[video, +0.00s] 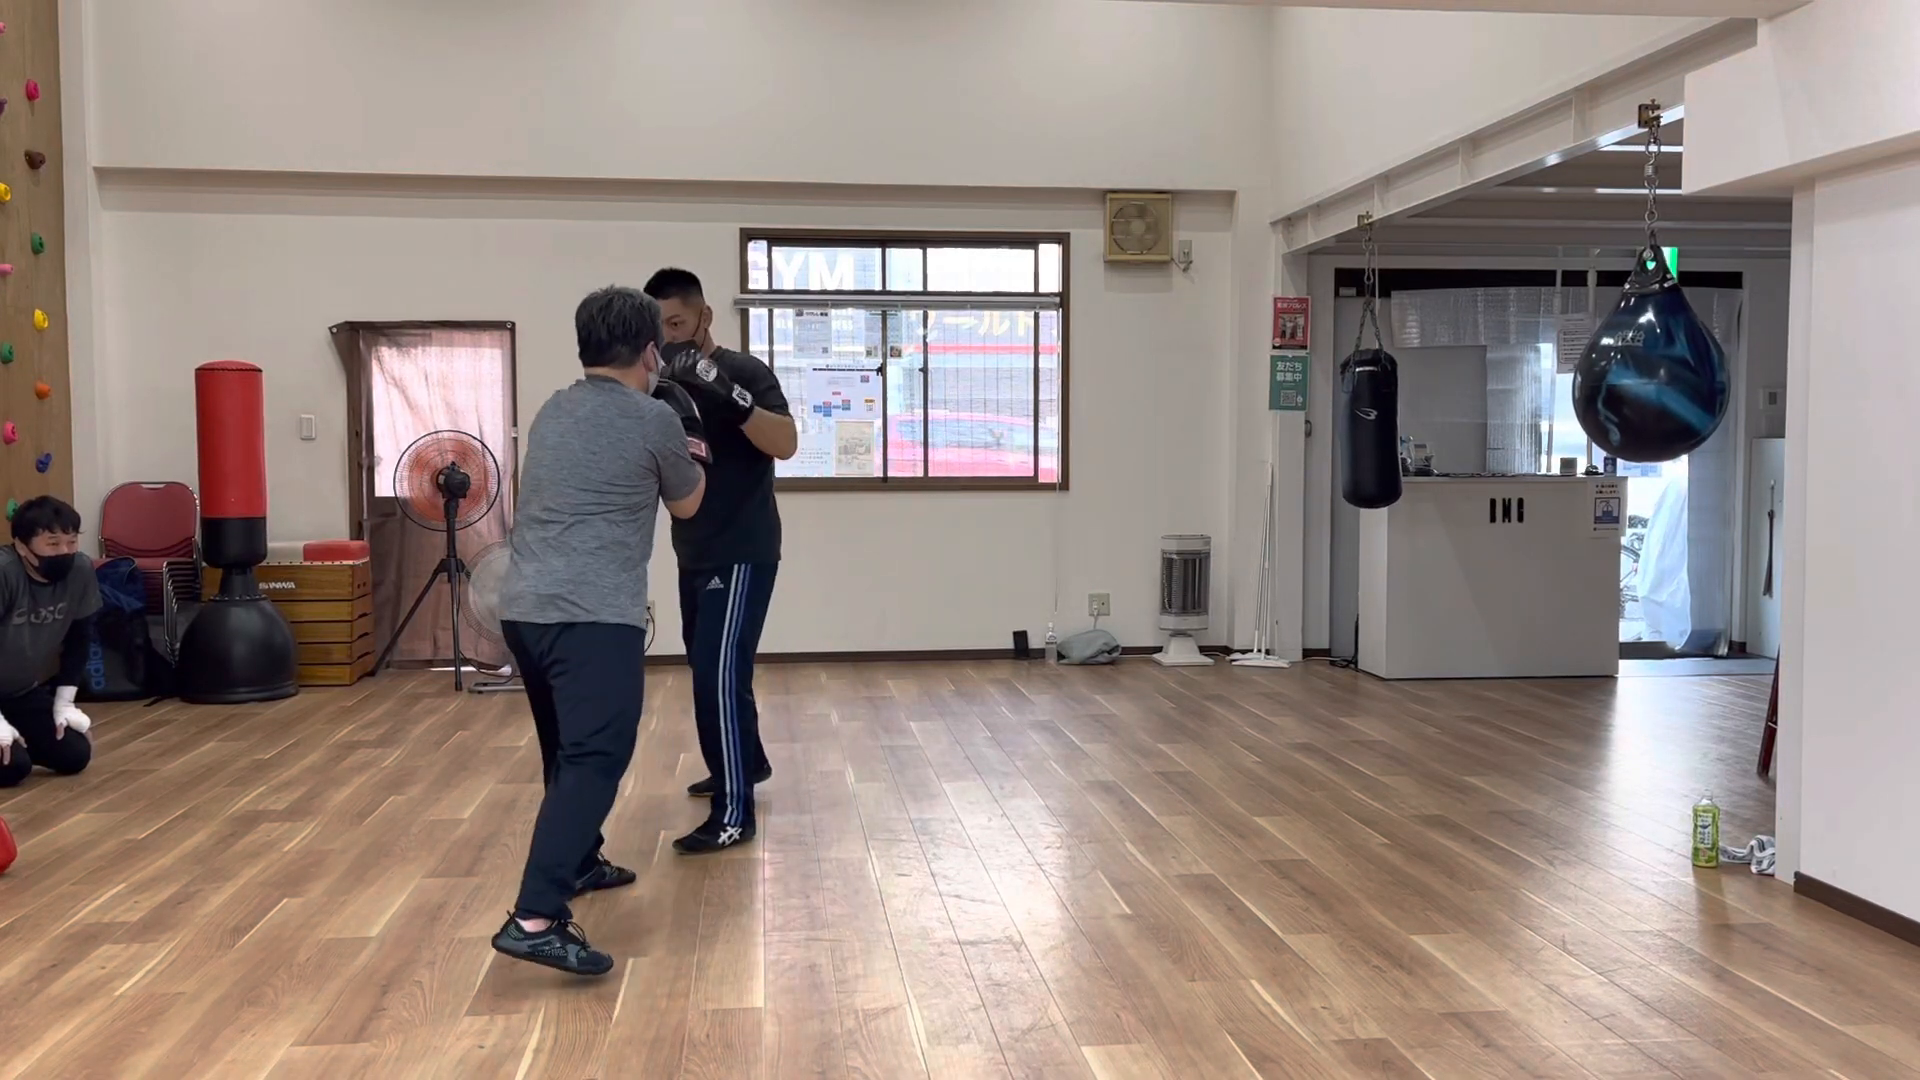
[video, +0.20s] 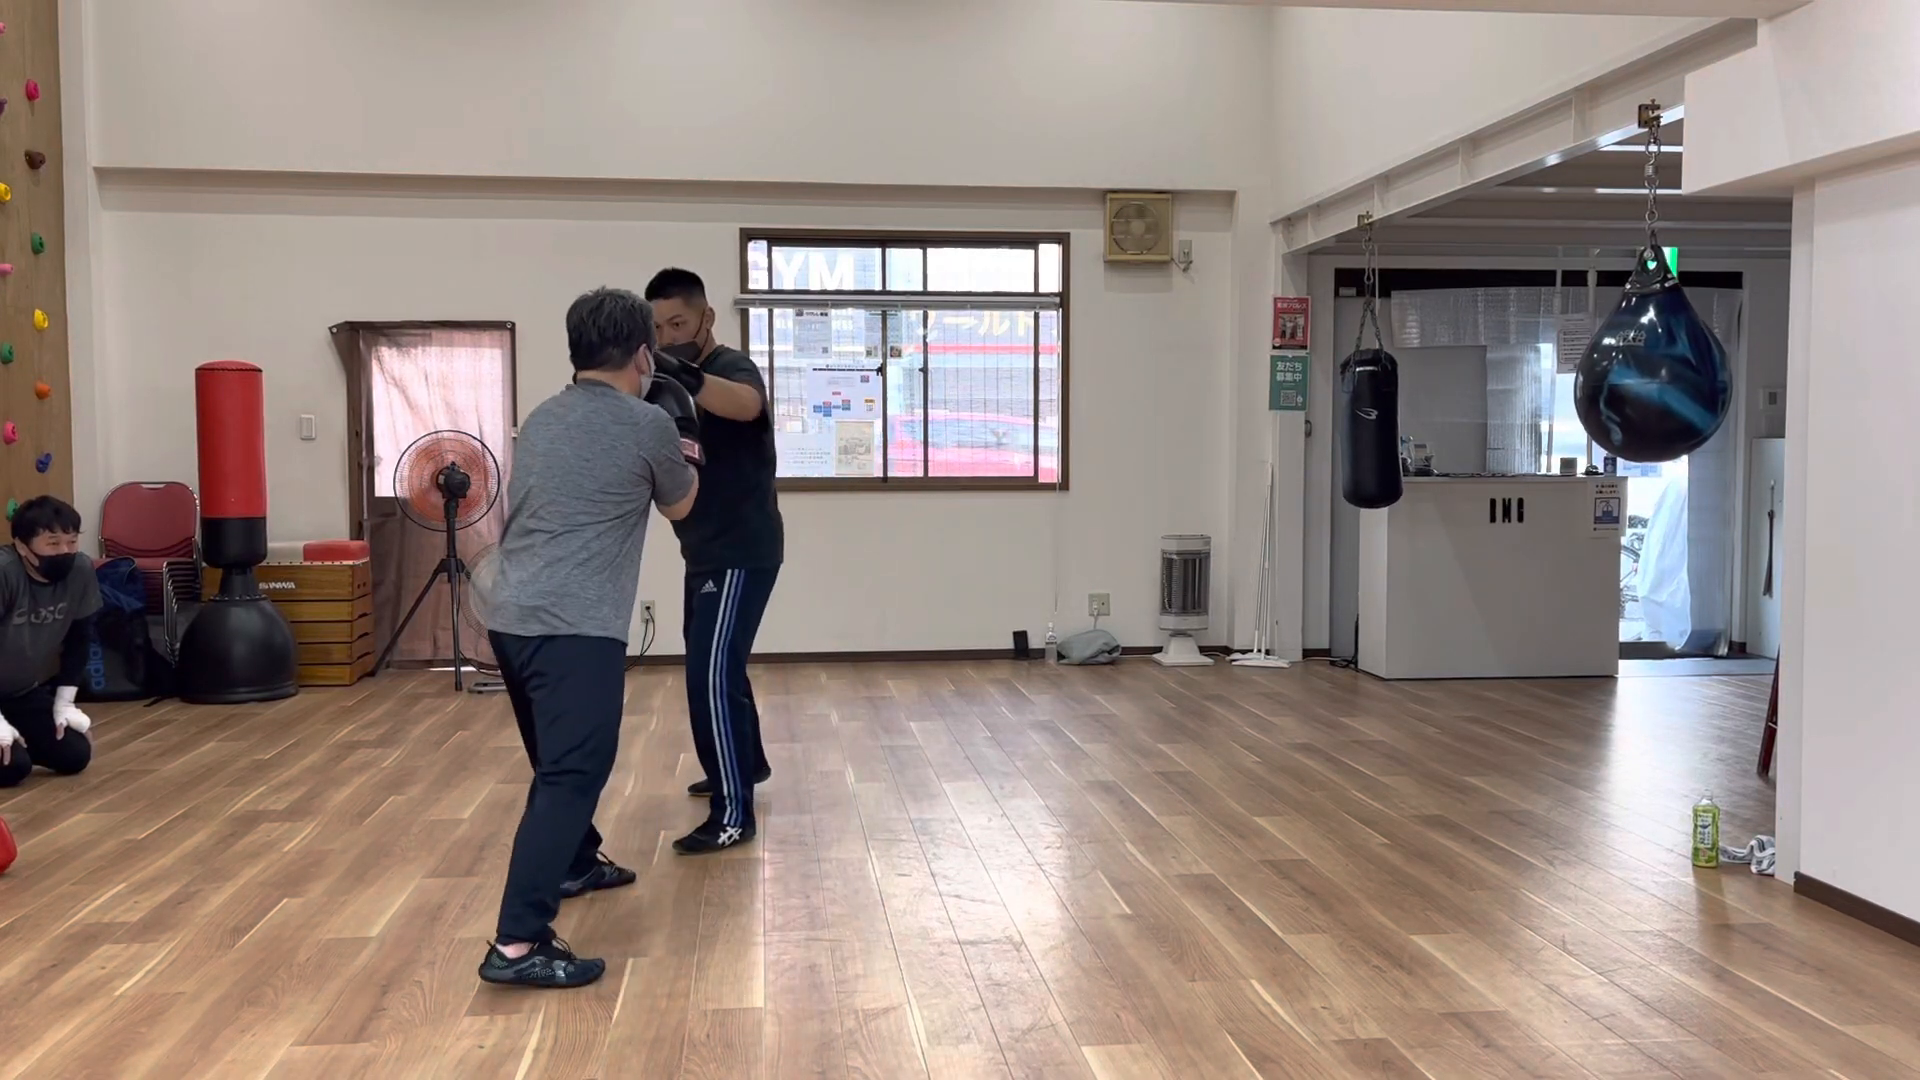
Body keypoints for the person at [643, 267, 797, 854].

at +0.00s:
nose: (671, 334)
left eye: (681, 322)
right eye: (662, 325)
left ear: (707, 316)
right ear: (654, 328)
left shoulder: (745, 371)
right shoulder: (660, 382)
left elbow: (785, 443)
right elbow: (644, 458)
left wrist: (724, 391)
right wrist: (657, 403)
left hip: (742, 547)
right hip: (695, 548)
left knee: (722, 673)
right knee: (708, 666)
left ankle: (734, 817)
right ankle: (743, 763)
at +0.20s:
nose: (669, 335)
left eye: (679, 323)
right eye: (660, 327)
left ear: (707, 318)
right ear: (651, 329)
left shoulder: (730, 366)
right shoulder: (662, 375)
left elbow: (749, 404)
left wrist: (679, 373)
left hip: (741, 546)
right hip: (705, 546)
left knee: (712, 674)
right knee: (714, 665)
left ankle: (733, 817)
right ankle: (741, 765)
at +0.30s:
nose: (664, 343)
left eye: (677, 331)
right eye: (657, 334)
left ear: (709, 326)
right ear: (655, 336)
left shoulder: (726, 368)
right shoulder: (677, 380)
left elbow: (687, 372)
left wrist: (643, 353)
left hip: (748, 551)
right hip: (715, 550)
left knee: (718, 673)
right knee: (710, 666)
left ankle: (734, 818)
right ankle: (743, 768)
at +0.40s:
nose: (662, 355)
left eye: (672, 344)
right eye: (656, 347)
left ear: (706, 335)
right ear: (655, 348)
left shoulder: (729, 370)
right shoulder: (682, 388)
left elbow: (707, 381)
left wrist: (650, 355)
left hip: (755, 548)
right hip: (719, 549)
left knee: (717, 669)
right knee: (718, 661)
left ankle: (733, 816)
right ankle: (755, 762)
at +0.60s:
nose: (677, 378)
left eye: (684, 365)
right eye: (667, 370)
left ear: (713, 359)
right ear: (662, 373)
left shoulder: (755, 409)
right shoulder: (677, 414)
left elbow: (794, 487)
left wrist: (739, 440)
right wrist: (640, 407)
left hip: (766, 566)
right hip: (719, 569)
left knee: (713, 671)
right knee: (726, 672)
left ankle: (731, 817)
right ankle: (796, 764)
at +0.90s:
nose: (683, 361)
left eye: (693, 349)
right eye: (675, 351)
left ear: (721, 343)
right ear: (671, 353)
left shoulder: (763, 392)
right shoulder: (690, 405)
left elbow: (765, 461)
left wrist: (737, 385)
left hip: (762, 557)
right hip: (719, 562)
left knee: (723, 673)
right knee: (741, 664)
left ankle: (740, 826)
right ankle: (793, 757)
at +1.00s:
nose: (675, 359)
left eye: (683, 347)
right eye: (668, 349)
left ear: (714, 341)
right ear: (668, 351)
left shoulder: (757, 390)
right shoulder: (690, 398)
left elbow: (732, 441)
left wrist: (715, 367)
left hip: (763, 560)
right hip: (723, 561)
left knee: (721, 680)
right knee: (735, 663)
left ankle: (744, 831)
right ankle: (787, 752)